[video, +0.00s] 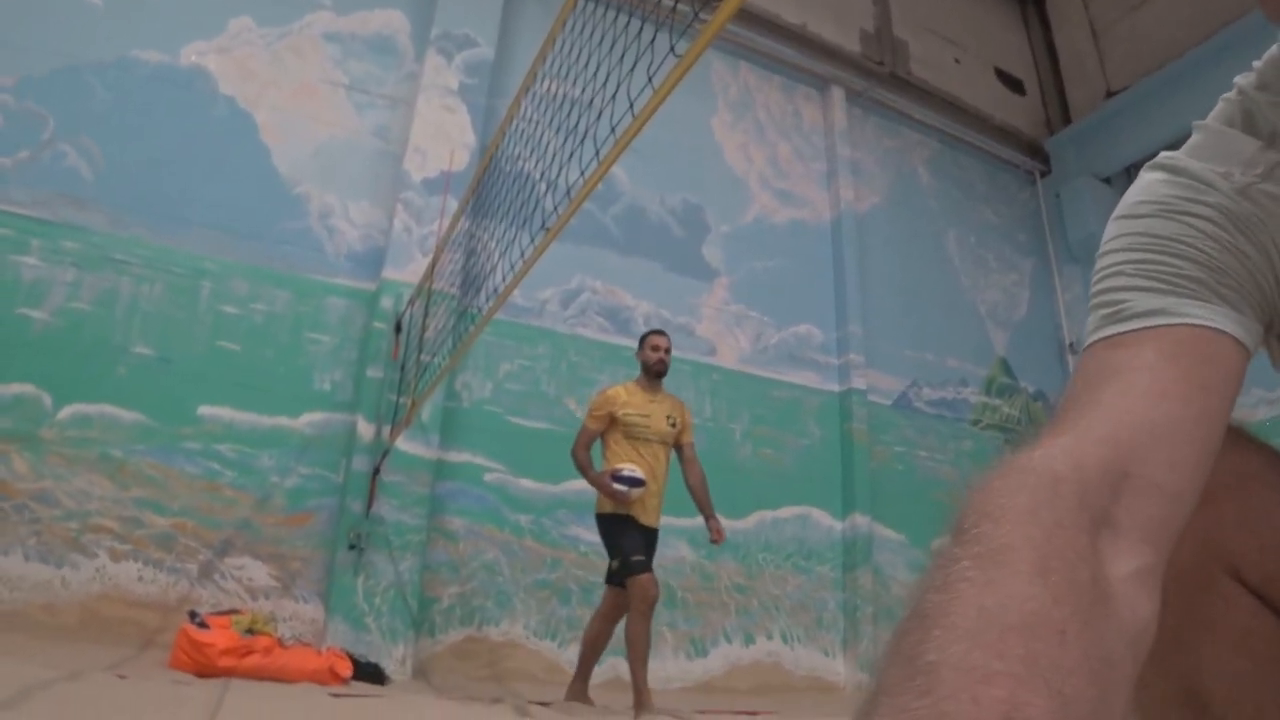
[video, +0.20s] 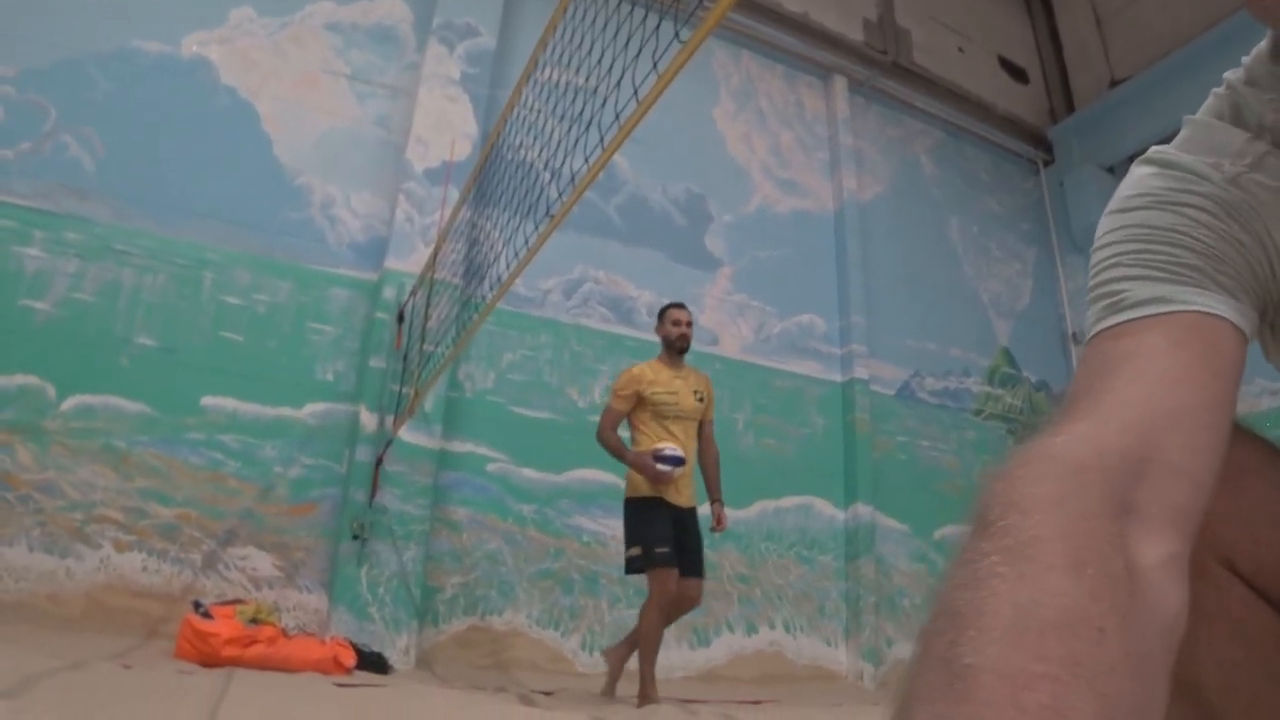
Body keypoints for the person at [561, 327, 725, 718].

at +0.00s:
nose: (661, 356)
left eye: (666, 351)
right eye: (654, 349)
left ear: (671, 359)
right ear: (639, 354)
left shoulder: (676, 409)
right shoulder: (613, 398)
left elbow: (691, 465)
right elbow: (579, 450)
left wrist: (709, 515)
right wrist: (597, 481)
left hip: (648, 519)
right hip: (615, 513)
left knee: (611, 608)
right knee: (646, 594)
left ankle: (577, 690)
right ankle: (642, 701)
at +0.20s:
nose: (683, 330)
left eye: (687, 325)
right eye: (675, 324)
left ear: (693, 333)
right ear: (659, 330)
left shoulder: (700, 383)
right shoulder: (637, 377)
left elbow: (706, 444)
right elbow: (605, 432)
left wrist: (715, 500)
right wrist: (634, 461)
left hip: (684, 501)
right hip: (648, 497)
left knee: (689, 594)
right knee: (663, 587)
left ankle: (619, 652)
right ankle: (646, 690)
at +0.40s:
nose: (711, 309)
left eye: (716, 304)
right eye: (704, 302)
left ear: (721, 312)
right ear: (686, 308)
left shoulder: (724, 366)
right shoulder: (664, 356)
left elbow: (715, 421)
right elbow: (632, 411)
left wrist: (718, 463)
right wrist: (672, 439)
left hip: (717, 488)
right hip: (675, 488)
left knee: (756, 561)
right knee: (668, 580)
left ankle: (690, 634)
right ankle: (649, 679)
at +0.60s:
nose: (751, 297)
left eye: (755, 292)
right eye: (742, 289)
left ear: (759, 303)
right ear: (723, 296)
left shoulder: (756, 357)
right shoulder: (699, 343)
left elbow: (738, 411)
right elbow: (663, 399)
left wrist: (744, 449)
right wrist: (707, 429)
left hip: (749, 481)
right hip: (703, 480)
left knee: (781, 561)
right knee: (683, 571)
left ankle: (776, 680)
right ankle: (652, 669)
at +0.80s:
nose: (789, 280)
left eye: (794, 275)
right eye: (781, 271)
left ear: (798, 286)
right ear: (761, 277)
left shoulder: (796, 346)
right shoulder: (733, 325)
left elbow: (793, 406)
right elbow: (694, 381)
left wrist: (794, 455)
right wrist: (734, 411)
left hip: (785, 468)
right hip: (740, 465)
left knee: (795, 560)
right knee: (732, 565)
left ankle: (776, 679)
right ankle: (678, 644)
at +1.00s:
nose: (817, 264)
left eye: (822, 259)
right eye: (809, 256)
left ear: (826, 270)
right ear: (788, 262)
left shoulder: (830, 331)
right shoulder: (758, 312)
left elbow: (853, 397)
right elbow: (718, 373)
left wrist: (878, 460)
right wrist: (753, 398)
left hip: (809, 454)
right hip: (766, 446)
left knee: (798, 557)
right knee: (802, 526)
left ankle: (776, 666)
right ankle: (759, 637)